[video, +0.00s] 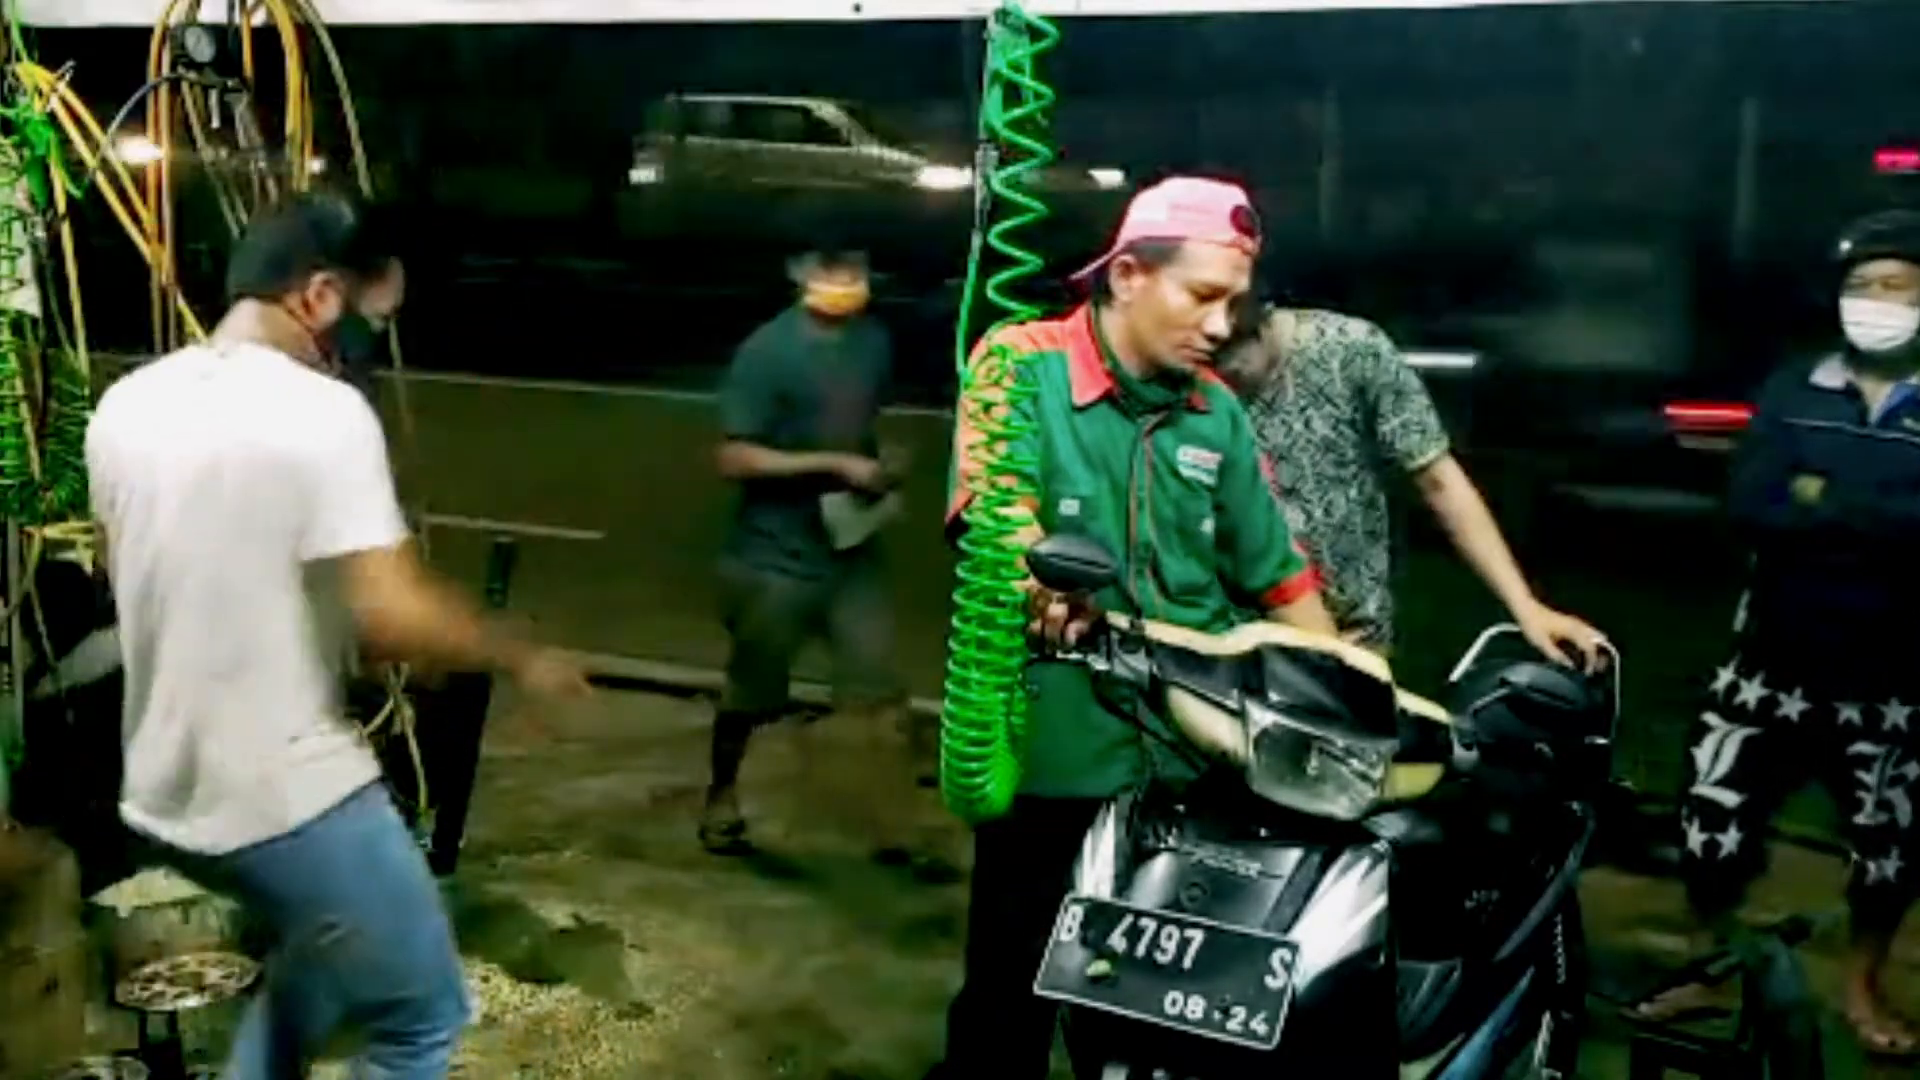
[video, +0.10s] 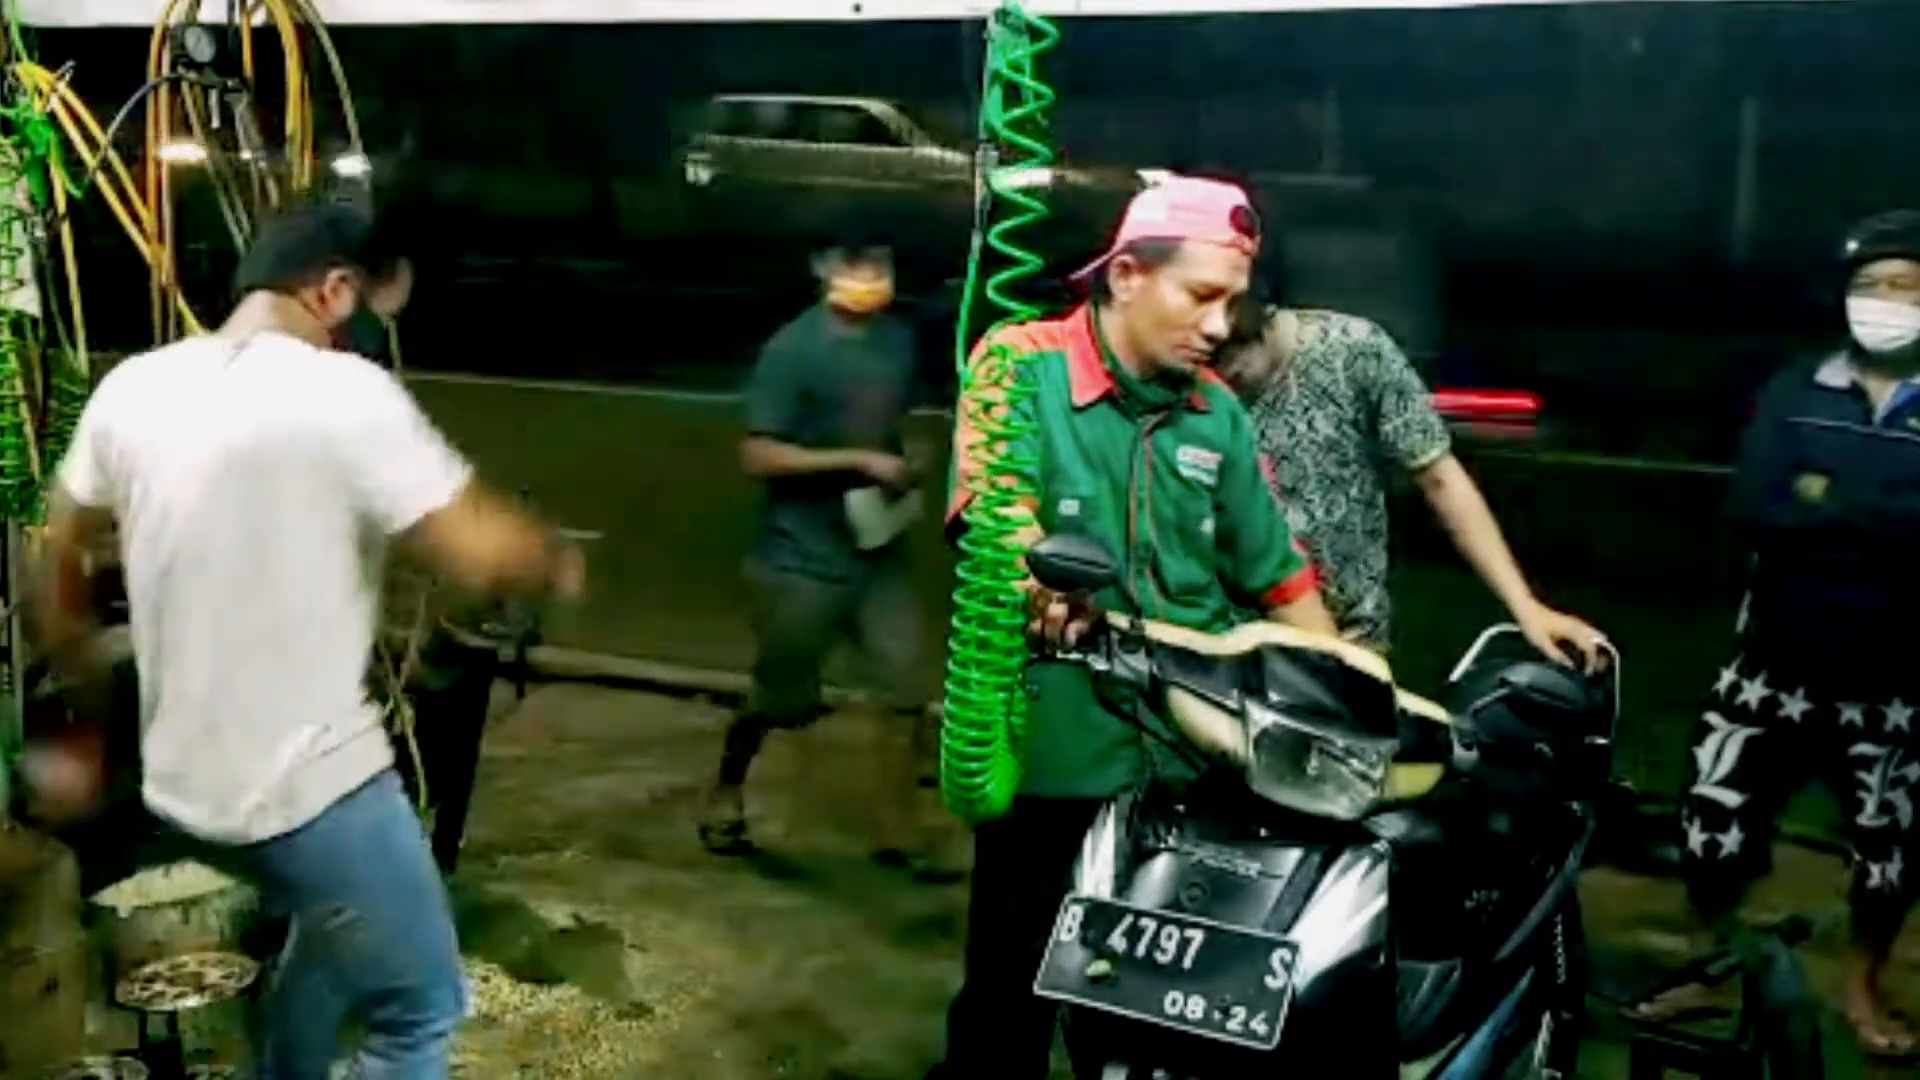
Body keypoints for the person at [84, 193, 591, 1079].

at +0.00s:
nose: (355, 335)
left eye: (362, 316)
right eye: (354, 313)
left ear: (240, 293)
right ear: (311, 296)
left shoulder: (123, 407)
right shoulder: (326, 415)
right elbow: (388, 610)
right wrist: (520, 655)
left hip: (162, 781)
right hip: (291, 786)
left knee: (302, 969)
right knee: (424, 1017)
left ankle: (253, 1070)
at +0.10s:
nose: (359, 333)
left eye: (367, 319)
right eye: (364, 314)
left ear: (250, 283)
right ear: (331, 289)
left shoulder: (131, 388)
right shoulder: (346, 393)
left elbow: (60, 567)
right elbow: (479, 551)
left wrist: (78, 657)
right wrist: (547, 556)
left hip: (185, 775)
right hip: (316, 780)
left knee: (326, 932)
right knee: (418, 1012)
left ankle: (289, 1068)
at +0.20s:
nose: (379, 299)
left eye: (386, 283)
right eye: (383, 281)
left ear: (272, 253)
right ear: (353, 262)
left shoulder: (147, 337)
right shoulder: (374, 338)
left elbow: (12, 428)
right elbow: (563, 406)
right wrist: (553, 373)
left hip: (201, 737)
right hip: (330, 748)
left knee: (292, 967)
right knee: (389, 1000)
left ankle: (291, 1075)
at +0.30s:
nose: (401, 279)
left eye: (402, 265)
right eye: (401, 264)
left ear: (286, 244)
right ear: (371, 253)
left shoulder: (166, 310)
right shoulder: (406, 315)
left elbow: (11, 360)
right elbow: (580, 313)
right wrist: (551, 355)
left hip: (206, 720)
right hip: (339, 726)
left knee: (284, 946)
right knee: (377, 972)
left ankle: (282, 1071)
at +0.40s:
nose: (412, 284)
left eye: (413, 273)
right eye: (415, 272)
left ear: (303, 241)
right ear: (389, 258)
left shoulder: (181, 308)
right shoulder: (407, 321)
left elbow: (14, 387)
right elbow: (574, 380)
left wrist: (19, 553)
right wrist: (555, 343)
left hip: (212, 707)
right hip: (346, 713)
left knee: (301, 925)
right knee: (422, 922)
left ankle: (293, 1068)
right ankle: (367, 1067)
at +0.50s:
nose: (414, 292)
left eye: (415, 278)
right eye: (415, 276)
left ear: (304, 249)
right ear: (390, 261)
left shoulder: (184, 326)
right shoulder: (400, 337)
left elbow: (67, 447)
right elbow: (514, 484)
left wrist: (135, 546)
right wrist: (580, 442)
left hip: (220, 698)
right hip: (351, 698)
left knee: (317, 905)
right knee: (465, 889)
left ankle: (305, 1069)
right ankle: (385, 1067)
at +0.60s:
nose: (415, 304)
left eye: (419, 289)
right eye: (419, 287)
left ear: (317, 255)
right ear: (397, 274)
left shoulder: (215, 359)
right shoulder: (387, 355)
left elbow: (197, 514)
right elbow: (419, 539)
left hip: (246, 700)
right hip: (359, 697)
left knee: (345, 889)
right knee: (515, 846)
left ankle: (311, 1069)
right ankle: (436, 1062)